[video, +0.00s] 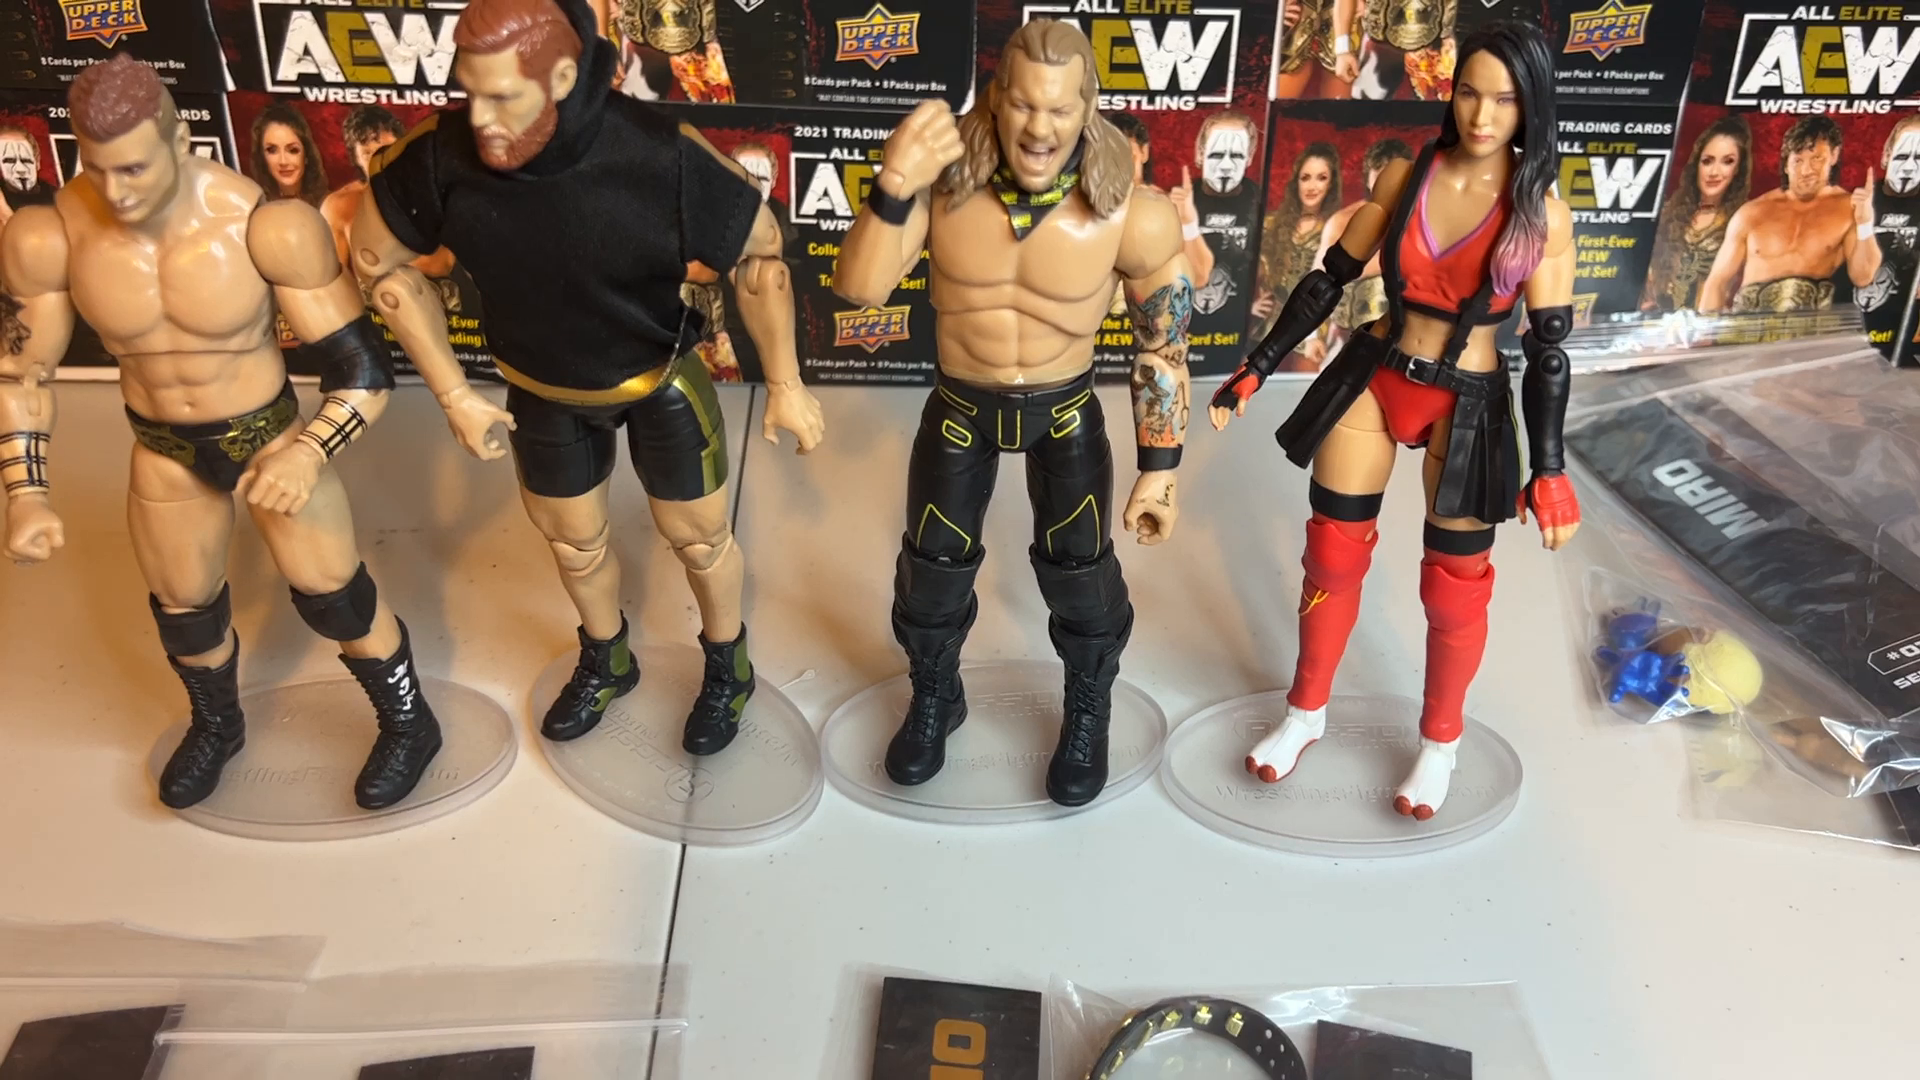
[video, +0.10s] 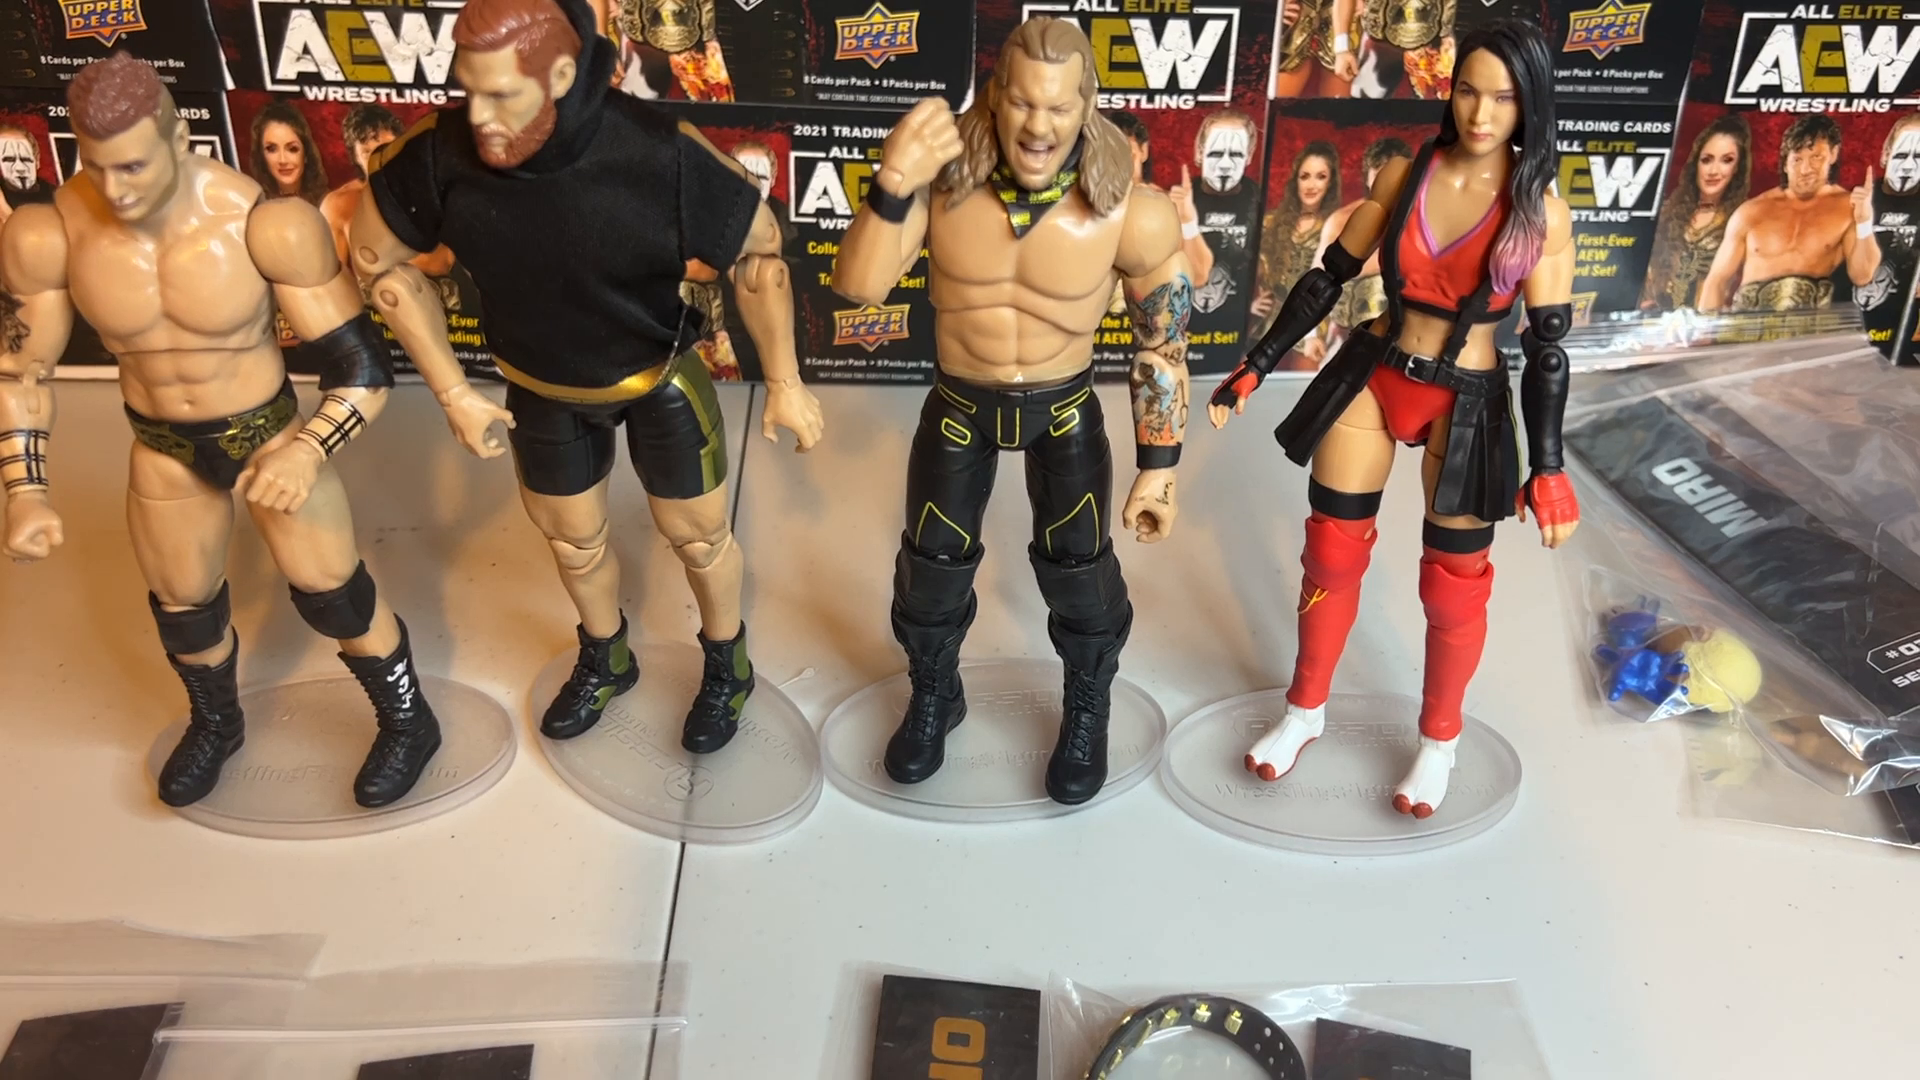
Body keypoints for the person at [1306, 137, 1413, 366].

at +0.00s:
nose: (1387, 181)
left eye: (1395, 173)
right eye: (1381, 171)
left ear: (1409, 176)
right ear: (1368, 175)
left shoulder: (1417, 217)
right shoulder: (1344, 221)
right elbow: (1322, 279)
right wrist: (1316, 335)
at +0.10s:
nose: (1388, 179)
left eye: (1396, 172)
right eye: (1381, 169)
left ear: (1409, 176)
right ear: (1368, 173)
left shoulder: (1415, 216)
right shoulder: (1342, 220)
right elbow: (1320, 277)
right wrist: (1313, 334)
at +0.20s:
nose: (1388, 180)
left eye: (1395, 173)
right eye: (1381, 171)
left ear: (1409, 176)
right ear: (1368, 174)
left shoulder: (1417, 217)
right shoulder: (1343, 221)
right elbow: (1321, 278)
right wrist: (1315, 335)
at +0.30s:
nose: (1387, 180)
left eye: (1395, 172)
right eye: (1381, 170)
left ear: (1409, 176)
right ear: (1368, 174)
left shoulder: (1417, 216)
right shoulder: (1343, 221)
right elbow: (1321, 278)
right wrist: (1315, 335)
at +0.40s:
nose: (1387, 179)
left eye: (1395, 172)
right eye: (1380, 170)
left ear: (1409, 175)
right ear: (1367, 173)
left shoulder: (1418, 216)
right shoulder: (1343, 220)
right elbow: (1320, 278)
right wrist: (1315, 334)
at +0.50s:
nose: (1387, 180)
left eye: (1395, 172)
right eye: (1381, 171)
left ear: (1410, 175)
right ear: (1368, 174)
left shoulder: (1417, 218)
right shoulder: (1344, 221)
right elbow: (1322, 279)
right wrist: (1316, 335)